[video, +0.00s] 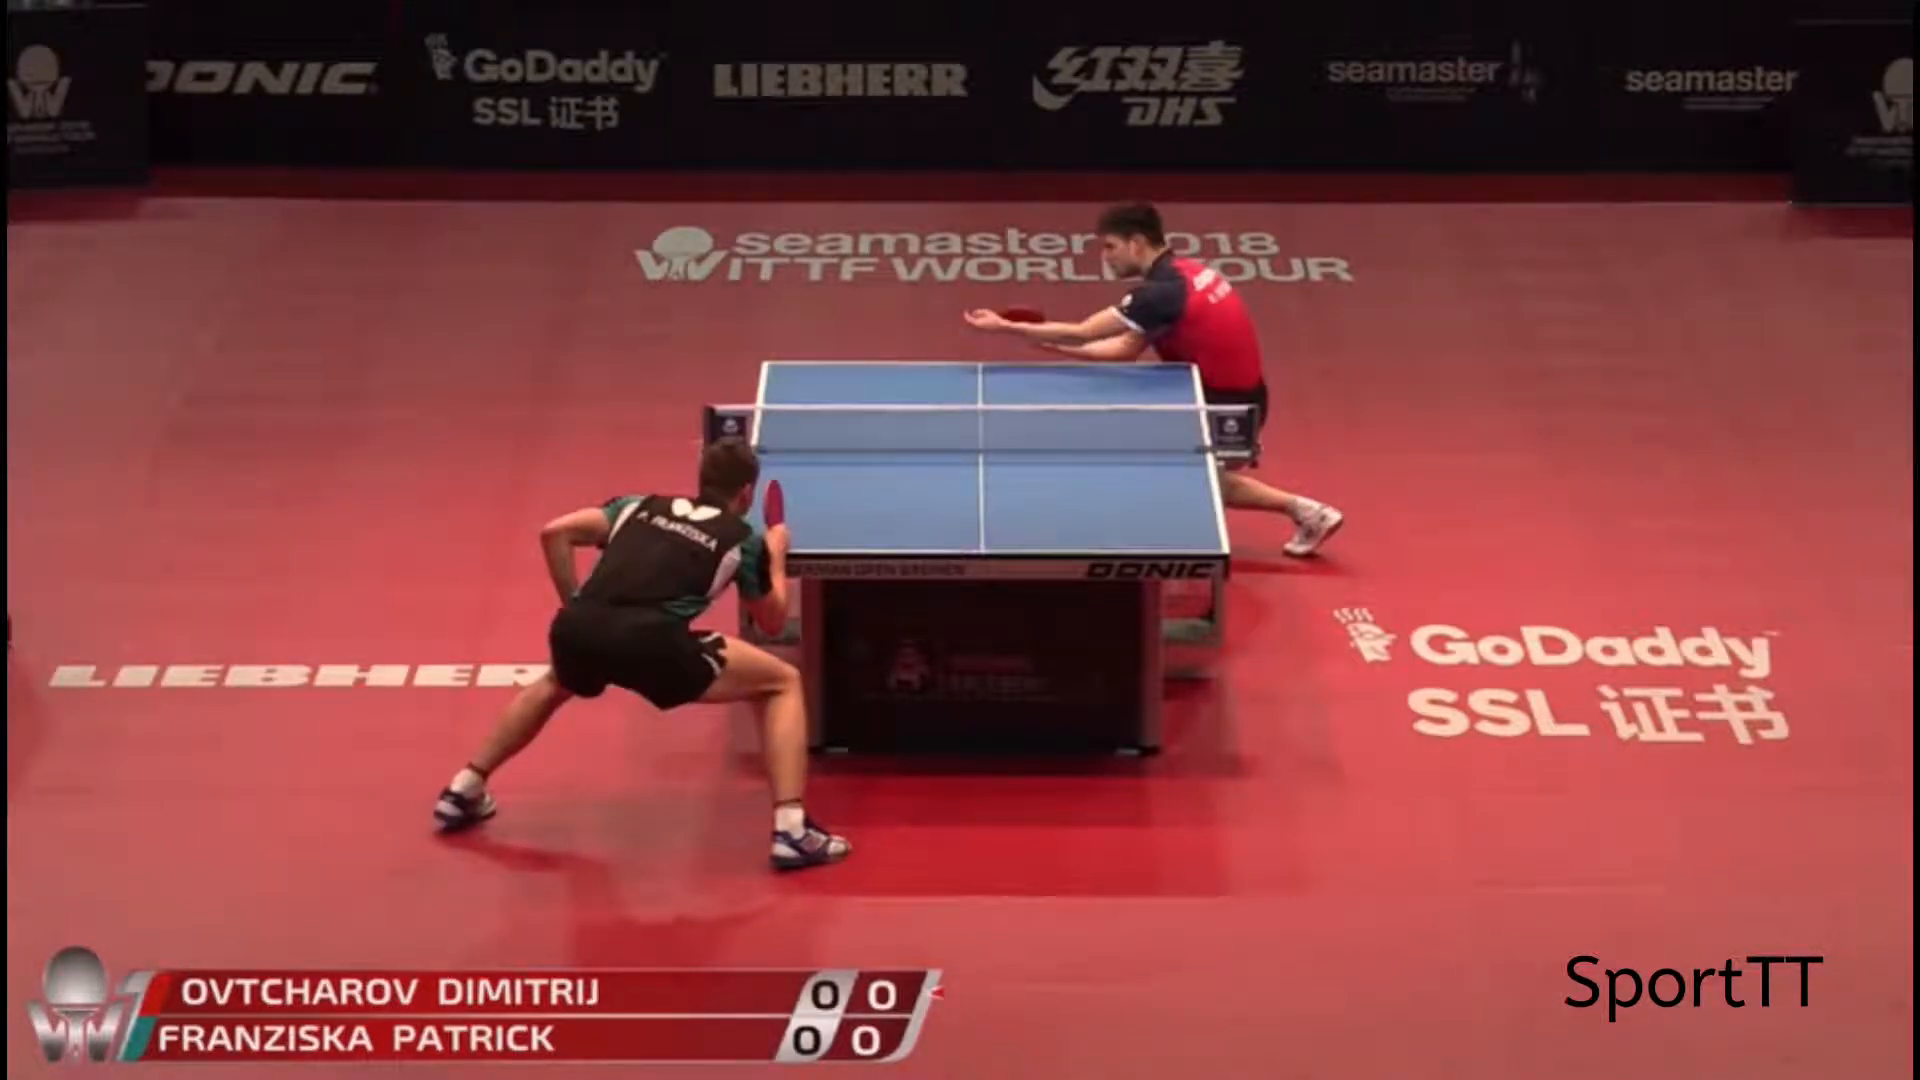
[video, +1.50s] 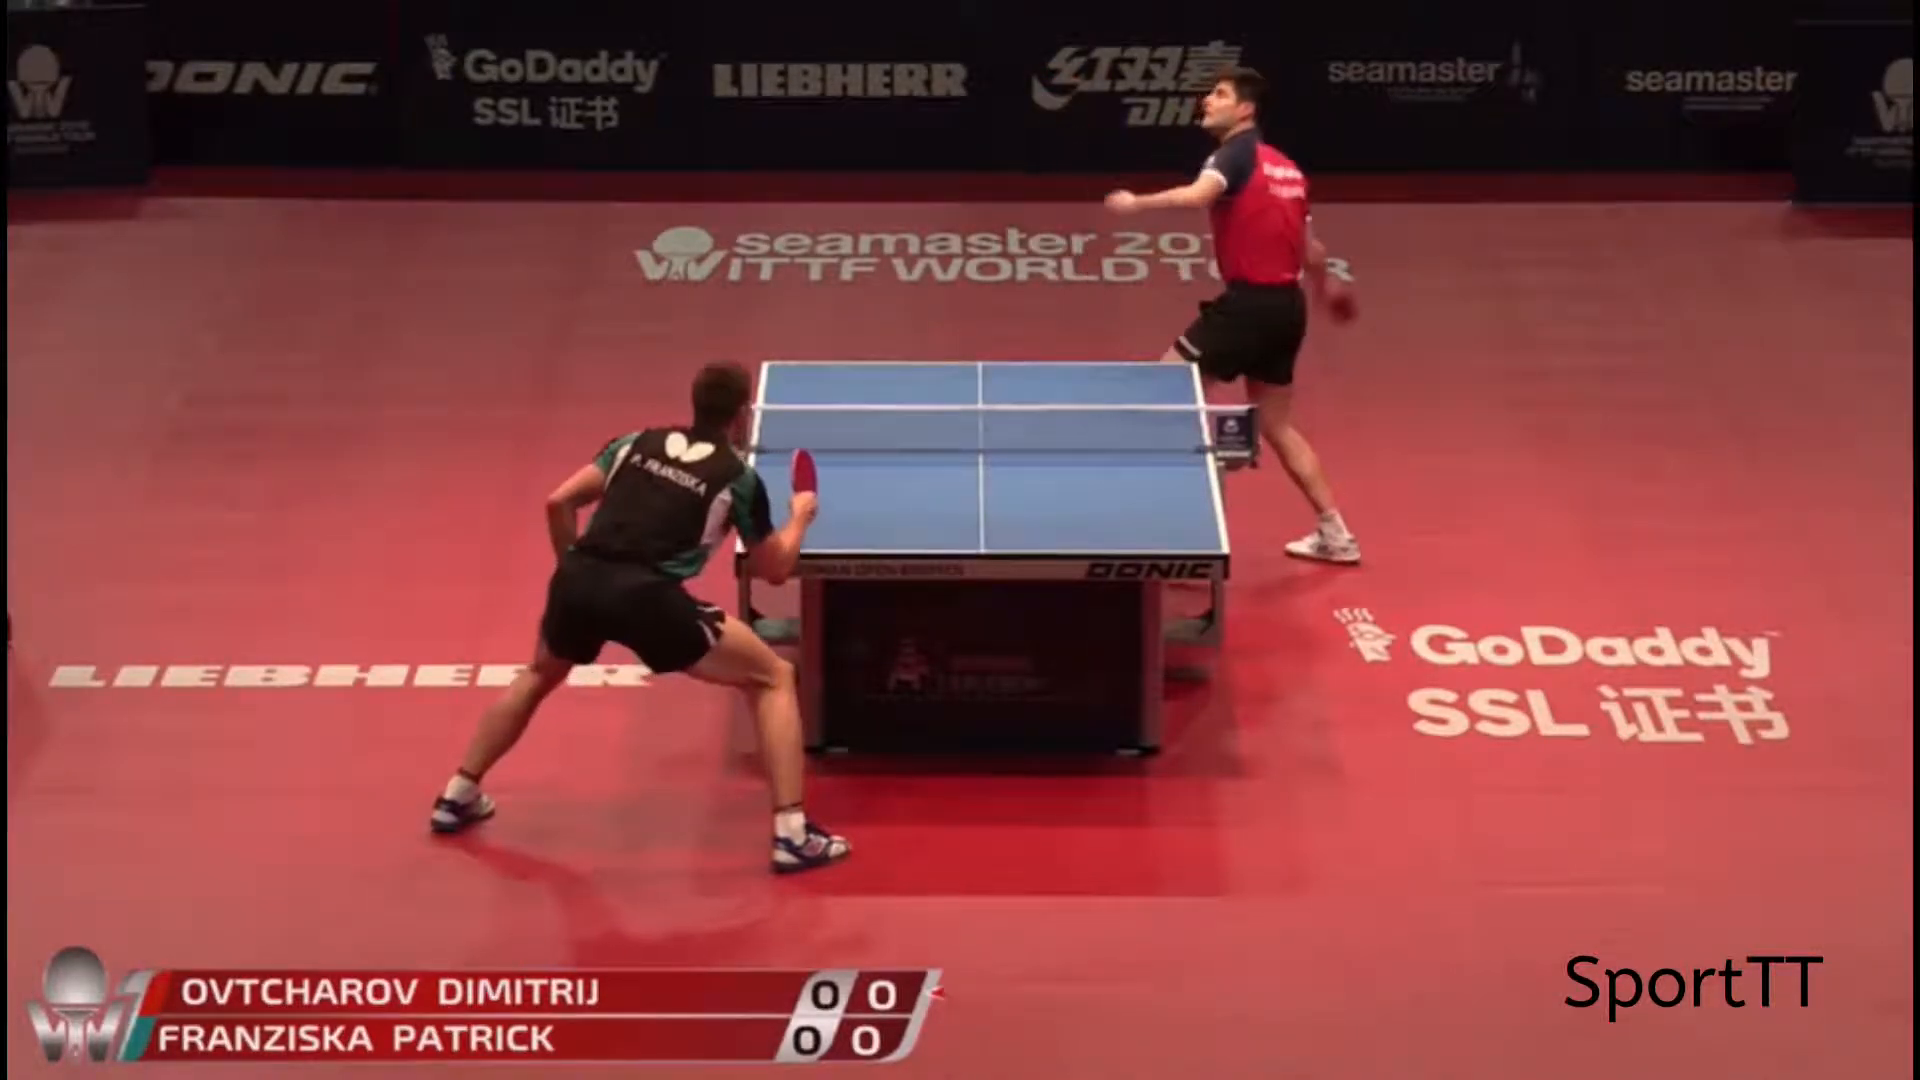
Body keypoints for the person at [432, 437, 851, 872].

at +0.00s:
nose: (753, 497)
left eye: (749, 487)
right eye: (752, 489)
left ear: (699, 480)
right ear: (744, 492)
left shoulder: (640, 506)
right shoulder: (745, 536)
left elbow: (555, 533)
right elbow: (772, 624)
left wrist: (572, 606)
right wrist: (778, 556)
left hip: (578, 629)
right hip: (654, 643)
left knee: (553, 685)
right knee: (782, 683)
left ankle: (464, 788)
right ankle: (792, 829)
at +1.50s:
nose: (752, 419)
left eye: (749, 409)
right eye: (751, 411)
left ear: (695, 405)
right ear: (741, 418)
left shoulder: (638, 443)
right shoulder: (741, 477)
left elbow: (559, 501)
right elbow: (774, 568)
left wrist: (570, 569)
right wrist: (801, 517)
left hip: (577, 583)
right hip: (650, 597)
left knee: (537, 676)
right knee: (774, 678)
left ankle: (458, 793)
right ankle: (792, 831)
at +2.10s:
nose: (743, 374)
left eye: (742, 365)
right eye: (742, 367)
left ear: (688, 359)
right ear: (732, 371)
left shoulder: (625, 390)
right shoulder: (724, 429)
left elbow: (543, 442)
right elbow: (764, 522)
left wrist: (545, 492)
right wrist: (818, 508)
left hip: (584, 549)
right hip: (659, 561)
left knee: (529, 655)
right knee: (762, 646)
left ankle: (470, 782)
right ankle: (795, 764)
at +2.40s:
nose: (760, 374)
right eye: (762, 366)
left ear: (713, 358)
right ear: (760, 371)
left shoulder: (678, 390)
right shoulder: (766, 426)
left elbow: (624, 440)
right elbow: (793, 472)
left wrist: (583, 462)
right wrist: (816, 477)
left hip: (656, 547)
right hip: (730, 553)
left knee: (566, 656)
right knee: (801, 642)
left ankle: (480, 773)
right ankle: (872, 753)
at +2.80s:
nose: (783, 358)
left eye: (776, 349)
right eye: (784, 351)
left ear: (731, 349)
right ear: (780, 359)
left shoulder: (677, 389)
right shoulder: (787, 428)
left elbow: (610, 440)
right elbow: (826, 521)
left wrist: (601, 487)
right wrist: (849, 496)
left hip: (641, 540)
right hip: (716, 552)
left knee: (570, 655)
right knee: (807, 650)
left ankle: (504, 786)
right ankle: (846, 795)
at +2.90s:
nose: (786, 390)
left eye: (774, 378)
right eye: (785, 382)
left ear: (730, 378)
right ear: (778, 390)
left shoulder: (670, 428)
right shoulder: (780, 463)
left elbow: (603, 496)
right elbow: (820, 556)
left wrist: (624, 529)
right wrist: (865, 539)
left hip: (627, 579)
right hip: (697, 595)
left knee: (556, 672)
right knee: (802, 706)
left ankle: (478, 792)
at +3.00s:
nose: (782, 397)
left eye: (775, 385)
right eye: (782, 390)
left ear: (727, 384)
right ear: (772, 396)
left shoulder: (670, 431)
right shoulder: (773, 467)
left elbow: (599, 497)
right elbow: (813, 563)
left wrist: (620, 523)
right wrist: (864, 553)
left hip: (619, 585)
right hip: (692, 601)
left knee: (554, 680)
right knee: (801, 704)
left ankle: (470, 799)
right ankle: (777, 849)